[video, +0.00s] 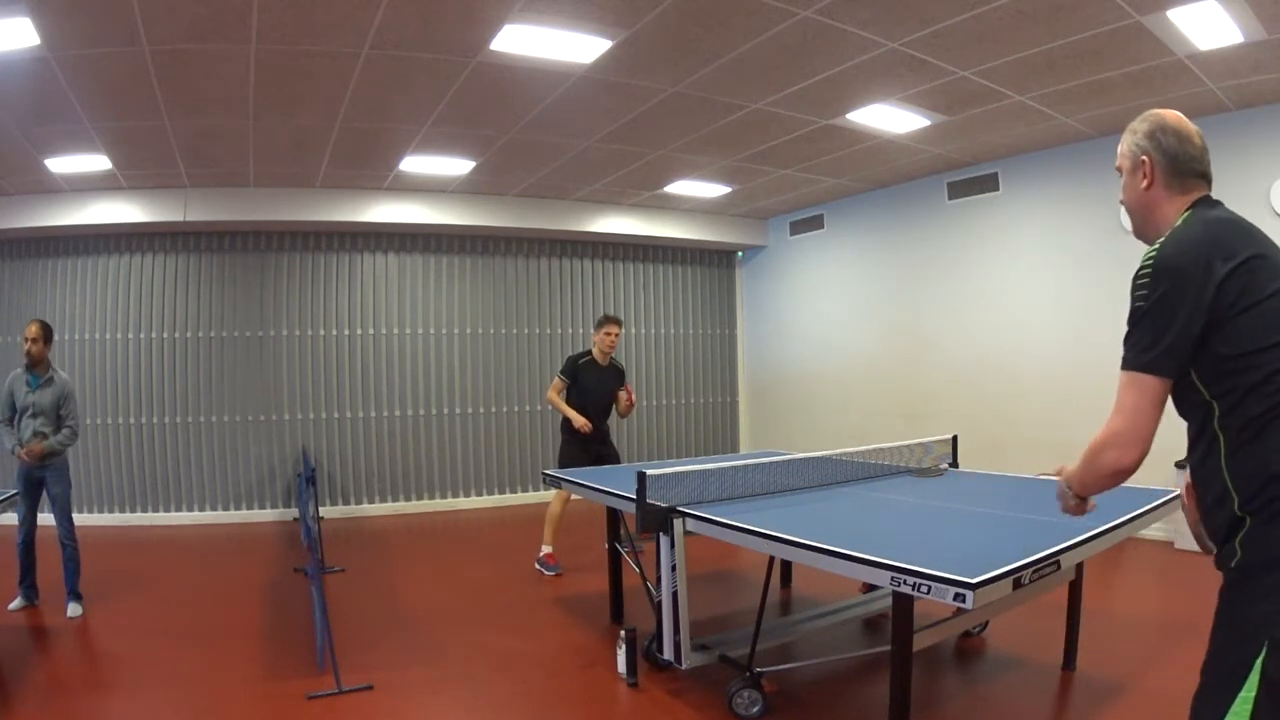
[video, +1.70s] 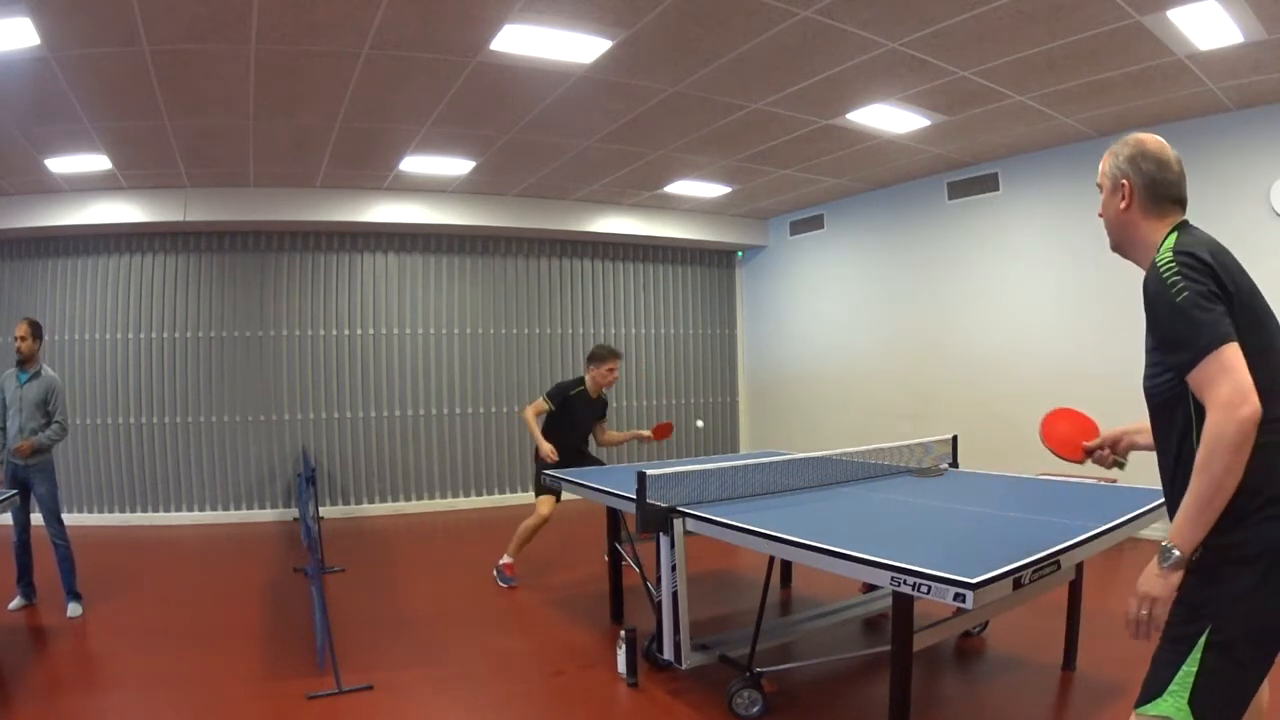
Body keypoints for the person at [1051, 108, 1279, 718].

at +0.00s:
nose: (1118, 195)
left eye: (1119, 176)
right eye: (1117, 178)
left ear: (1145, 172)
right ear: (1195, 171)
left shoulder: (1175, 260)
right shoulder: (1242, 237)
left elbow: (1123, 447)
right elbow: (1260, 385)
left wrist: (1076, 483)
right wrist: (1204, 481)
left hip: (1268, 539)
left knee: (1225, 708)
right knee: (1255, 701)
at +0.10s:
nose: (1135, 187)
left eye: (1136, 169)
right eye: (1134, 171)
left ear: (1162, 168)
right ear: (1207, 167)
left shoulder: (1201, 254)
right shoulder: (1250, 236)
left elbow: (1170, 443)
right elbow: (1243, 411)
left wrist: (1112, 478)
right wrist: (1148, 473)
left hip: (1269, 544)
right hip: (1269, 535)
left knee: (1225, 710)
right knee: (1246, 703)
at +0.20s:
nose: (1146, 184)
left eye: (1149, 163)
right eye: (1147, 165)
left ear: (1177, 165)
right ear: (1208, 164)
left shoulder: (1220, 252)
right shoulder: (1256, 234)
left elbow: (1228, 432)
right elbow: (1228, 382)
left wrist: (1138, 488)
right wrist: (1137, 408)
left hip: (1269, 546)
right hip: (1272, 538)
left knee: (1213, 708)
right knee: (1252, 701)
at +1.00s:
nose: (1129, 253)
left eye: (1132, 237)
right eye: (1130, 238)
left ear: (1153, 240)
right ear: (1190, 237)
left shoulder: (1190, 306)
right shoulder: (1224, 292)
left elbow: (1244, 437)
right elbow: (1246, 423)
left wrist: (1198, 561)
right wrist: (1171, 481)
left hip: (1257, 554)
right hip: (1268, 542)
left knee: (1160, 707)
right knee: (1235, 670)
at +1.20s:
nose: (1118, 273)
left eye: (1124, 257)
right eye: (1119, 257)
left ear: (1151, 260)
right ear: (1157, 260)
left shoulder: (1207, 319)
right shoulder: (1199, 323)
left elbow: (1272, 428)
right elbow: (1192, 456)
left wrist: (1225, 556)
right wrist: (1112, 513)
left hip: (1267, 563)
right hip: (1260, 559)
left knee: (1181, 709)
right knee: (1197, 703)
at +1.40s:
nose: (1100, 236)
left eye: (1106, 218)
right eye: (1102, 220)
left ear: (1139, 223)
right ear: (1144, 224)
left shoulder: (1204, 287)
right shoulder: (1172, 317)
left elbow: (1278, 403)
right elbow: (1144, 435)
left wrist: (1238, 541)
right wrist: (1056, 440)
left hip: (1261, 556)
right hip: (1239, 554)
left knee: (1175, 712)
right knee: (1197, 709)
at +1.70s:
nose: (1098, 210)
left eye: (1100, 193)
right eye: (1098, 195)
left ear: (1122, 194)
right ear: (1167, 193)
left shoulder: (1174, 268)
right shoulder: (1201, 256)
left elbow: (1236, 410)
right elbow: (1227, 408)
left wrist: (1170, 556)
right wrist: (1135, 437)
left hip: (1242, 556)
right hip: (1257, 546)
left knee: (1169, 711)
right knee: (1195, 706)